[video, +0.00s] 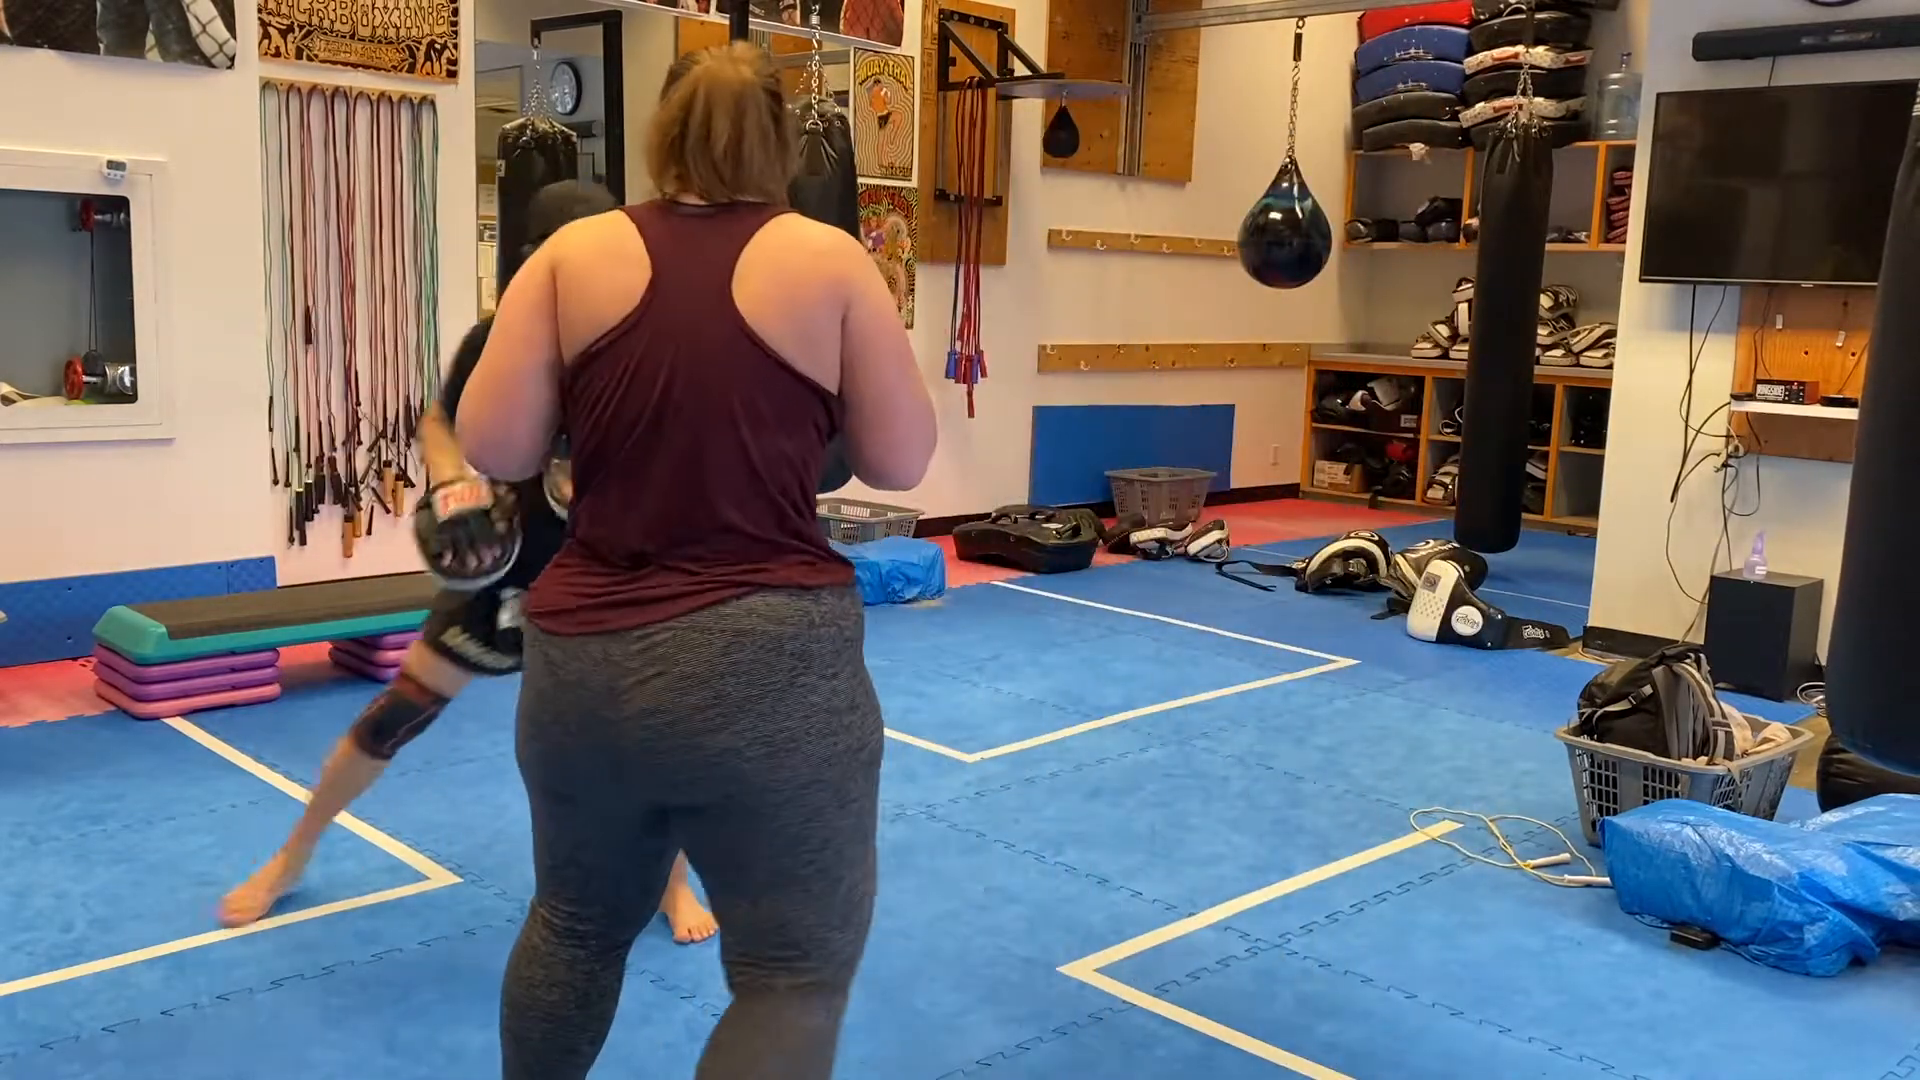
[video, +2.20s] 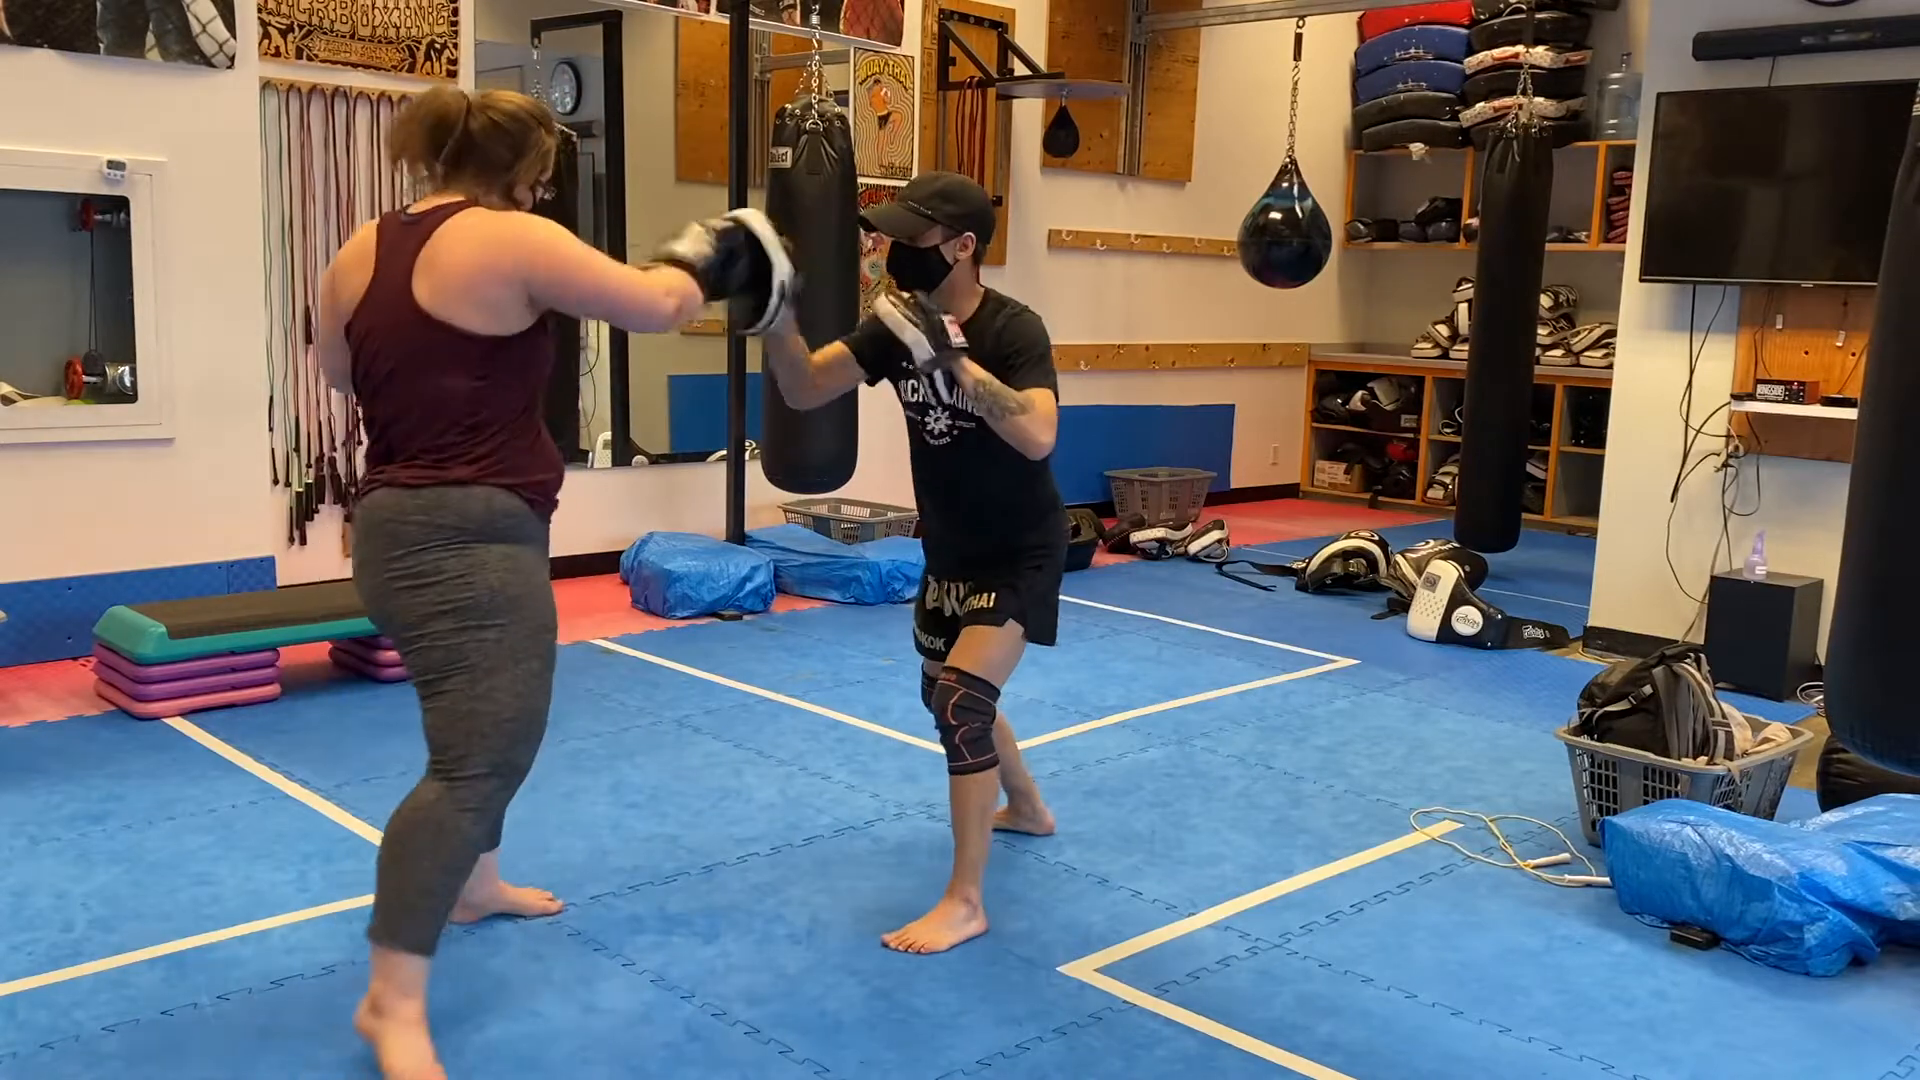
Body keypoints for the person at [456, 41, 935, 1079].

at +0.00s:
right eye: (785, 136)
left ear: (661, 138)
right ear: (777, 143)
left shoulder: (568, 259)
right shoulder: (828, 262)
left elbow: (496, 446)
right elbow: (899, 456)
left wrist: (594, 388)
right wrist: (788, 423)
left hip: (585, 653)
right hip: (774, 649)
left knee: (575, 921)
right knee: (789, 978)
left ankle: (533, 1076)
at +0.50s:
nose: (713, 149)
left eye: (706, 132)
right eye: (707, 132)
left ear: (566, 125)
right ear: (685, 136)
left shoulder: (481, 248)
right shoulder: (674, 248)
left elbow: (443, 432)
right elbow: (756, 463)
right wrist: (801, 366)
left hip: (461, 653)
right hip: (620, 671)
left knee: (477, 918)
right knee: (689, 1009)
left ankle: (391, 1071)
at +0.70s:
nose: (627, 158)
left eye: (626, 136)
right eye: (622, 136)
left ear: (491, 118)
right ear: (583, 129)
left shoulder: (429, 221)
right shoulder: (559, 234)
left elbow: (480, 399)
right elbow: (594, 447)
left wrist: (613, 328)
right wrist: (684, 386)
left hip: (368, 632)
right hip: (487, 650)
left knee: (427, 923)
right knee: (625, 957)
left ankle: (372, 1074)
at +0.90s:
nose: (573, 131)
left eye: (572, 112)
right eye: (565, 110)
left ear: (437, 102)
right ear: (527, 109)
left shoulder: (374, 217)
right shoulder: (504, 223)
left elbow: (442, 377)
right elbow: (584, 434)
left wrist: (573, 295)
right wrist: (651, 353)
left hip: (358, 634)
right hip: (455, 656)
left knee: (418, 924)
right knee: (480, 978)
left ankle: (367, 1063)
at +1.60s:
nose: (591, 159)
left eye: (589, 140)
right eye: (576, 140)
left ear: (512, 150)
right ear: (523, 147)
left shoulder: (522, 258)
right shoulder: (435, 251)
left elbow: (591, 339)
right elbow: (488, 438)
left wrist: (694, 287)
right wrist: (588, 335)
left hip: (469, 600)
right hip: (383, 606)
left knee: (510, 781)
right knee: (435, 890)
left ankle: (445, 995)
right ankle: (362, 1064)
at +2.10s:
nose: (545, 205)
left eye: (548, 189)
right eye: (536, 186)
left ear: (482, 176)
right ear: (489, 175)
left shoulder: (484, 251)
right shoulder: (443, 249)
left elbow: (532, 361)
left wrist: (587, 307)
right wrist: (604, 308)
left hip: (493, 534)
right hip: (440, 540)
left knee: (526, 695)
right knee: (455, 777)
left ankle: (475, 878)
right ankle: (364, 1028)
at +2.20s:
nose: (545, 193)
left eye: (548, 181)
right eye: (543, 179)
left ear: (443, 162)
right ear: (520, 172)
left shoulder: (361, 250)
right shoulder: (516, 240)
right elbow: (659, 303)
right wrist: (709, 257)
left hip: (398, 525)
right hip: (471, 532)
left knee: (485, 716)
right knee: (472, 769)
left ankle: (475, 878)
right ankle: (392, 999)